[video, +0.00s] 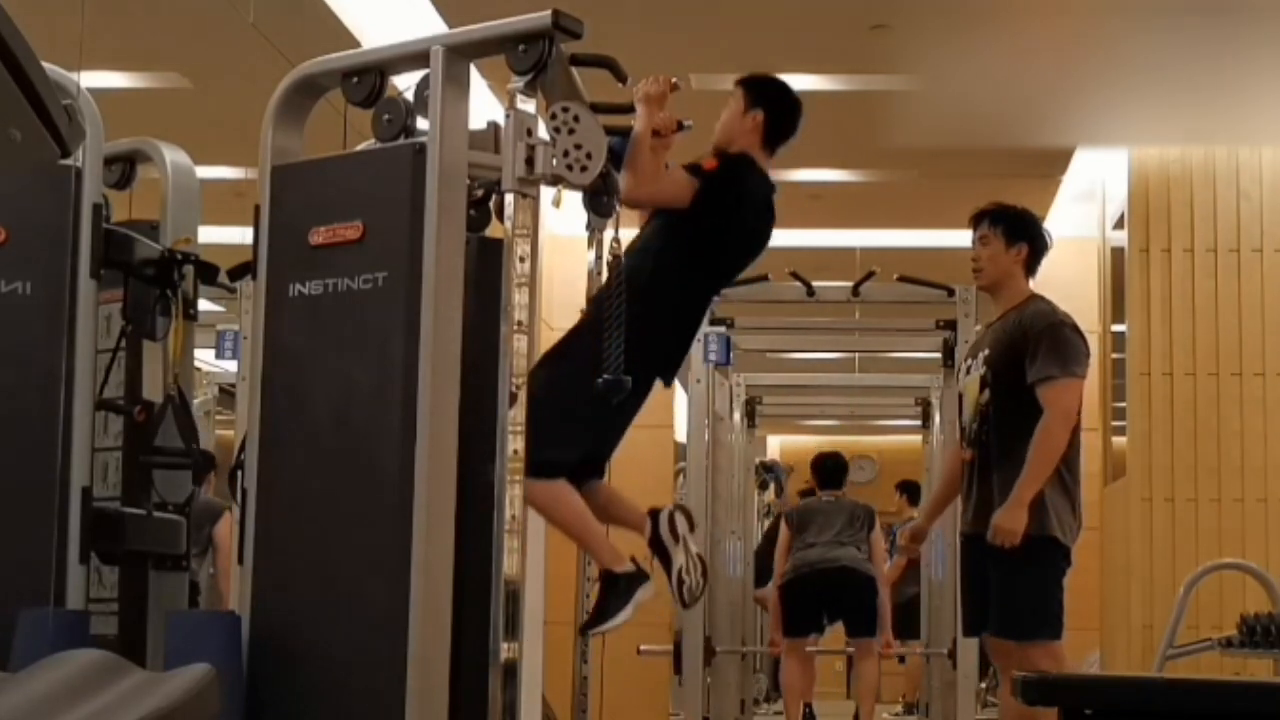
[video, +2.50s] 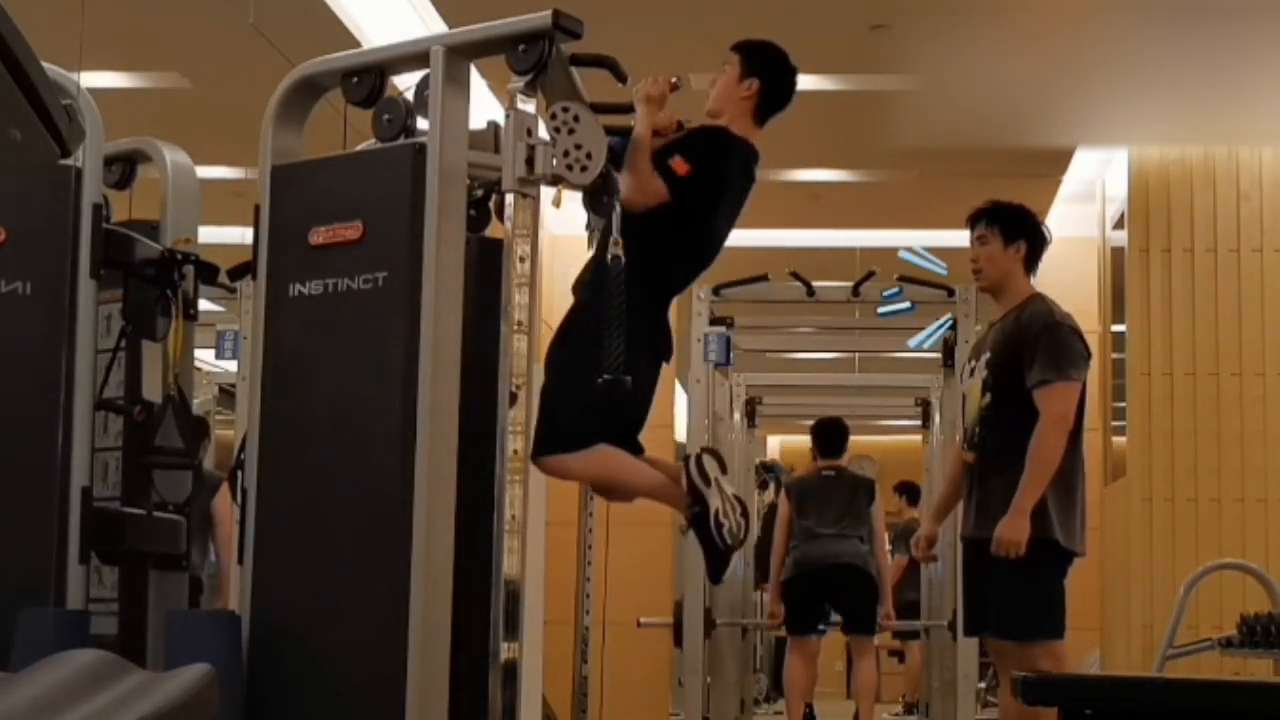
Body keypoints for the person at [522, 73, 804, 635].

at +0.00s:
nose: (719, 117)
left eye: (729, 106)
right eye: (726, 105)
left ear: (753, 119)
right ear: (767, 128)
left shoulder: (733, 180)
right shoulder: (754, 197)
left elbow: (640, 187)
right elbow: (649, 208)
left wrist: (645, 119)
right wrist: (658, 145)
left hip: (620, 332)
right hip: (643, 345)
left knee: (535, 472)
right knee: (581, 481)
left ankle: (617, 572)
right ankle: (655, 528)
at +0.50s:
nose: (707, 92)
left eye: (717, 81)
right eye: (711, 80)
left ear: (742, 94)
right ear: (759, 104)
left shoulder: (715, 152)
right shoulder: (741, 165)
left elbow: (636, 191)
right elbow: (656, 200)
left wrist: (643, 121)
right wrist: (662, 140)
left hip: (635, 326)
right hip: (657, 333)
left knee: (576, 475)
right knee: (616, 500)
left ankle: (701, 523)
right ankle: (706, 513)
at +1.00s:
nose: (708, 216)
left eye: (720, 213)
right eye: (718, 210)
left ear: (736, 239)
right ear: (741, 246)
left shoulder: (700, 289)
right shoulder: (704, 288)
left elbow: (643, 207)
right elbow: (649, 213)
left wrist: (643, 123)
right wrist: (658, 135)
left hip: (624, 481)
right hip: (645, 480)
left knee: (599, 646)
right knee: (641, 623)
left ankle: (731, 665)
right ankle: (741, 652)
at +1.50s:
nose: (722, 219)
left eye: (734, 219)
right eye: (732, 215)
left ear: (747, 248)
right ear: (751, 253)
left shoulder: (707, 286)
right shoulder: (707, 288)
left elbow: (642, 208)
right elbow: (646, 214)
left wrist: (644, 125)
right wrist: (656, 137)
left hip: (603, 455)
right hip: (621, 456)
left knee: (558, 621)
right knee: (607, 602)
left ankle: (699, 654)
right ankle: (702, 630)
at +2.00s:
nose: (720, 104)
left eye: (729, 95)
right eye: (726, 94)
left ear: (753, 107)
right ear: (766, 114)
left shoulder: (730, 160)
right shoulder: (757, 182)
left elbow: (642, 188)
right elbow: (646, 198)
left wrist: (646, 117)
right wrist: (659, 140)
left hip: (621, 310)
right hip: (645, 323)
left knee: (533, 450)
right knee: (572, 454)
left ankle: (634, 510)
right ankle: (645, 494)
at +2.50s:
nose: (714, 82)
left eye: (725, 73)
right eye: (721, 71)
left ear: (748, 87)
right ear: (758, 95)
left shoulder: (717, 147)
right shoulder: (734, 155)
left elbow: (637, 195)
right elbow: (654, 203)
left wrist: (643, 123)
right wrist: (661, 140)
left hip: (617, 303)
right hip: (639, 312)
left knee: (557, 451)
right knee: (607, 476)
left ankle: (688, 490)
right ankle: (693, 486)